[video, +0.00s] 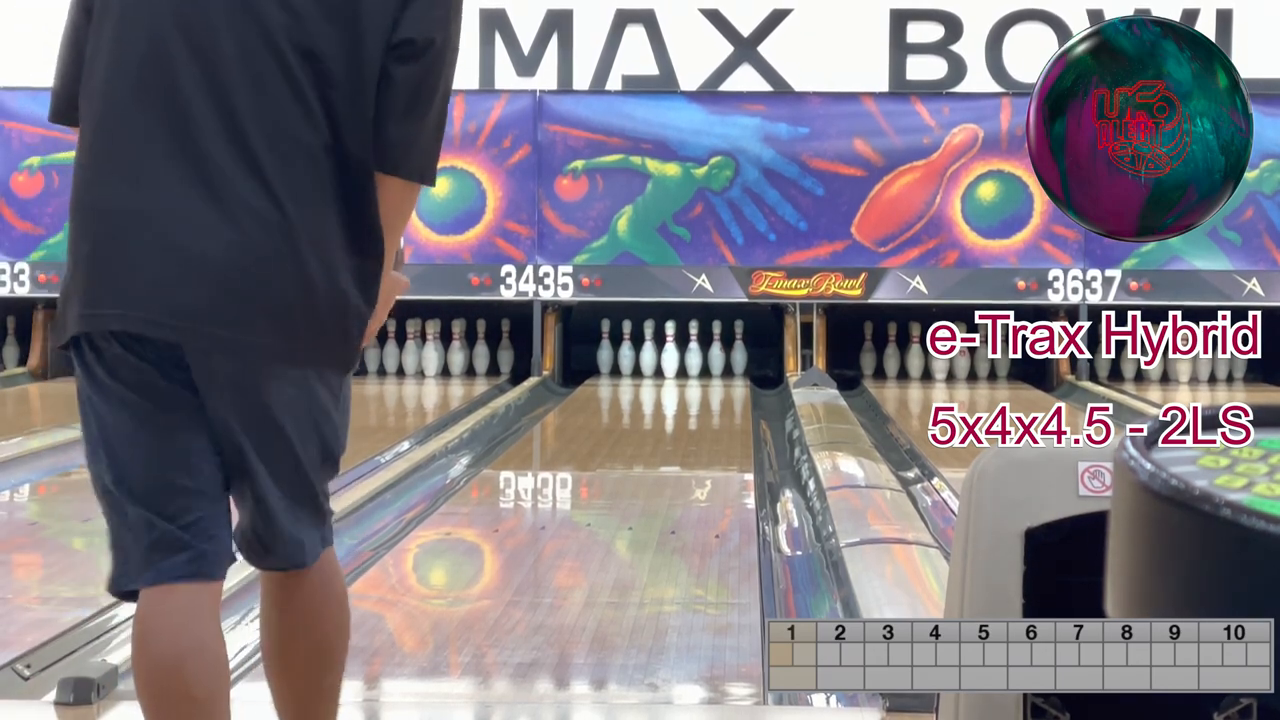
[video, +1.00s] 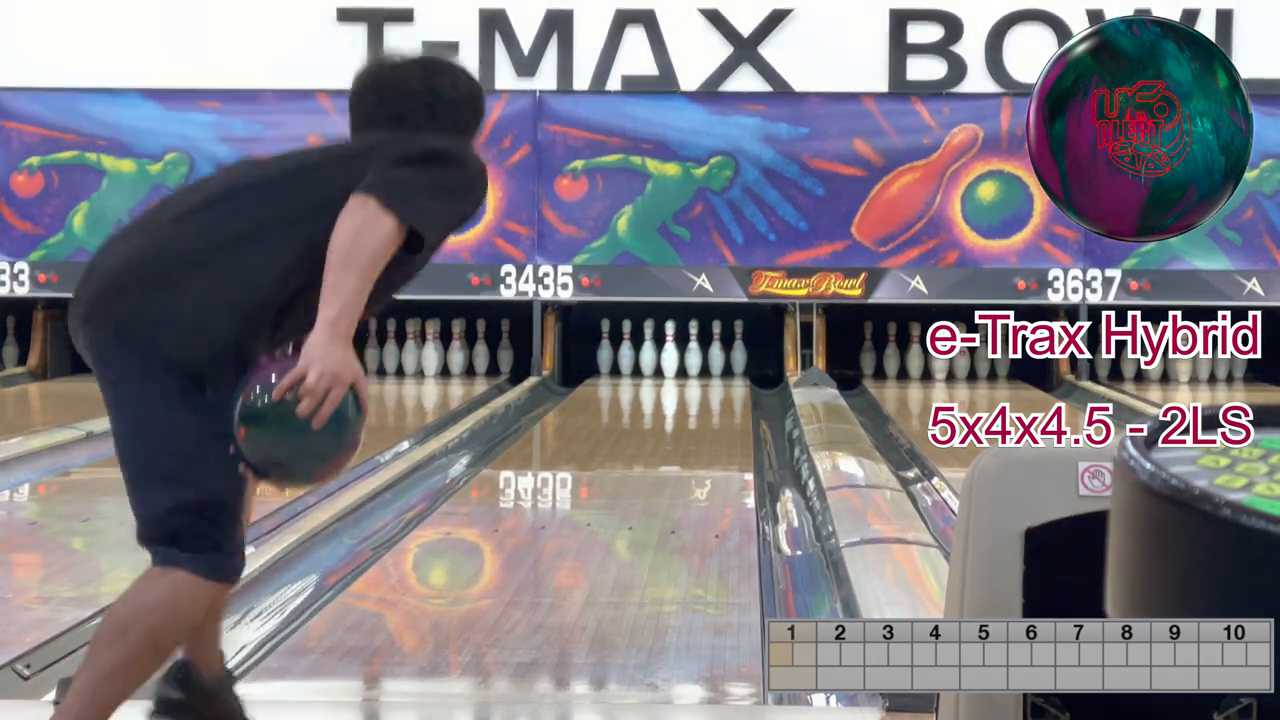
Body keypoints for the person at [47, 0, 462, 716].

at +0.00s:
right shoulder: (414, 4)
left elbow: (83, 98)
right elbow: (406, 129)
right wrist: (376, 261)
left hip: (117, 258)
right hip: (287, 266)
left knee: (170, 567)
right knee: (296, 543)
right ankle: (310, 717)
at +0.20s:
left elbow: (106, 108)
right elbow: (412, 142)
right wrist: (388, 271)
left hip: (129, 258)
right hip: (291, 271)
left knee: (176, 542)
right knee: (279, 549)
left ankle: (198, 712)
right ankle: (273, 716)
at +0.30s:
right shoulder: (428, 6)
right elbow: (407, 167)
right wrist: (391, 289)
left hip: (124, 257)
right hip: (282, 272)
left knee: (152, 531)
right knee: (282, 545)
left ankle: (183, 710)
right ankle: (276, 714)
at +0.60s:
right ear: (419, 2)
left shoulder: (266, 15)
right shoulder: (439, 57)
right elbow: (395, 255)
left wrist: (293, 342)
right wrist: (389, 403)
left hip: (100, 263)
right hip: (217, 287)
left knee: (177, 513)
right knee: (273, 538)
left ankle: (201, 710)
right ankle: (266, 718)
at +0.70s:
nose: (448, 14)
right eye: (447, 11)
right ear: (435, 6)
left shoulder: (304, 37)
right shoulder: (446, 70)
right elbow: (389, 231)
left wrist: (266, 356)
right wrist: (374, 386)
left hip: (96, 256)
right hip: (191, 279)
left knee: (176, 521)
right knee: (230, 533)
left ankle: (191, 710)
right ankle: (221, 711)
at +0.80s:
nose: (464, 29)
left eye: (463, 19)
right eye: (466, 18)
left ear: (362, 10)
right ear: (451, 18)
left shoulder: (319, 57)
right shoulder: (450, 70)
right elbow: (384, 183)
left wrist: (289, 318)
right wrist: (360, 330)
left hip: (105, 245)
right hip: (166, 261)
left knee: (191, 503)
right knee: (208, 506)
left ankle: (191, 709)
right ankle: (131, 712)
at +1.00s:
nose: (479, 141)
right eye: (477, 126)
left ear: (375, 116)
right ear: (461, 123)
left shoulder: (346, 166)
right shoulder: (445, 163)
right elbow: (379, 209)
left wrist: (260, 417)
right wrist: (333, 335)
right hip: (156, 315)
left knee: (223, 485)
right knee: (200, 559)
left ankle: (203, 679)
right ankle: (73, 712)